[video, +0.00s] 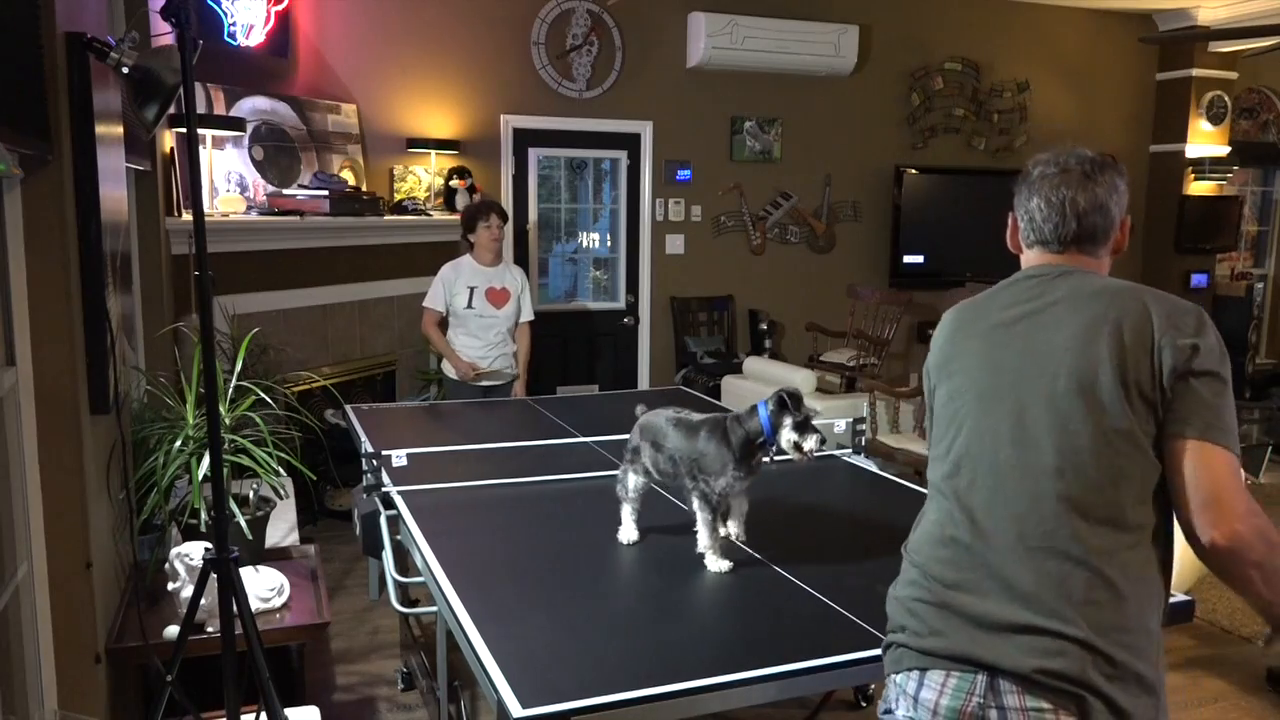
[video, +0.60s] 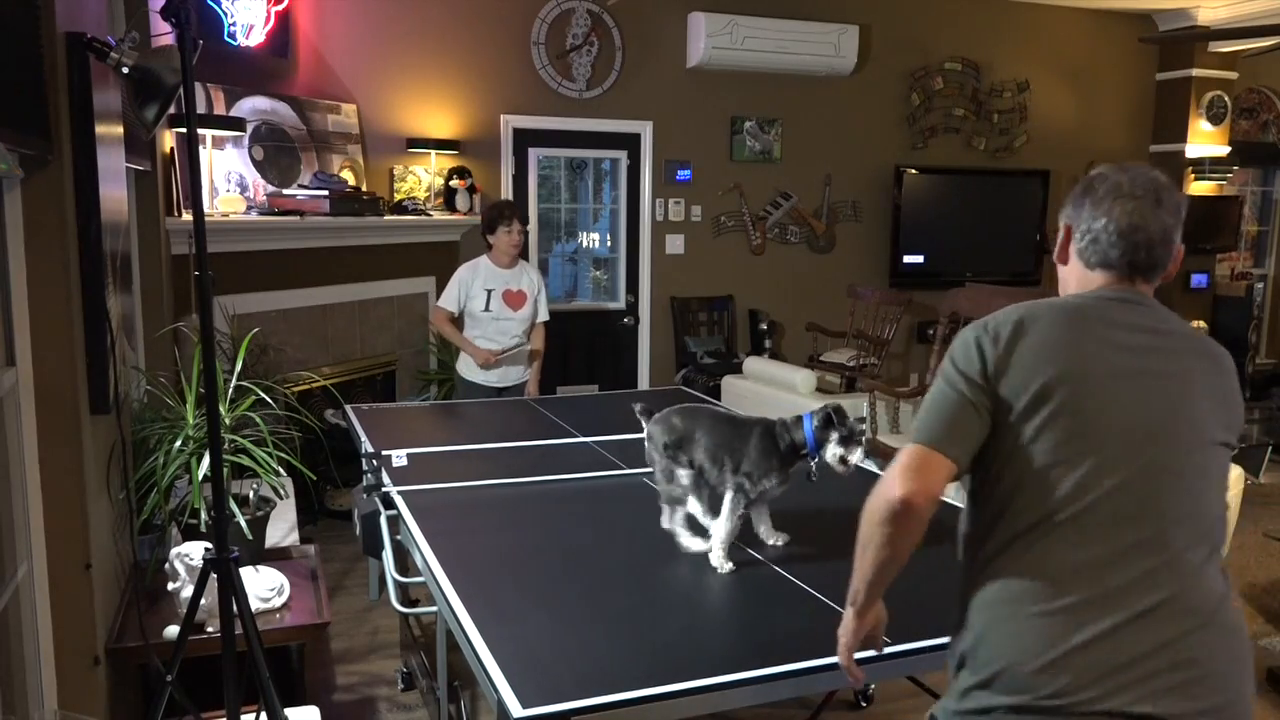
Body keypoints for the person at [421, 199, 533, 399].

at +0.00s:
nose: (496, 233)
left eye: (500, 227)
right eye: (487, 227)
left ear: (504, 231)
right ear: (471, 235)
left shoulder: (516, 275)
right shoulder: (451, 272)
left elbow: (522, 328)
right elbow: (429, 324)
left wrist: (521, 377)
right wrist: (456, 362)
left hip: (504, 381)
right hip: (461, 382)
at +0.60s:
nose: (517, 238)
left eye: (521, 232)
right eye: (508, 232)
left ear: (525, 233)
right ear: (490, 237)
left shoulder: (532, 275)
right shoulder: (468, 273)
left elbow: (537, 328)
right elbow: (438, 317)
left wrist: (534, 378)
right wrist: (474, 352)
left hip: (518, 382)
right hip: (475, 382)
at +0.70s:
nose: (523, 238)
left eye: (526, 232)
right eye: (514, 232)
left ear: (530, 234)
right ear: (497, 237)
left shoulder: (538, 275)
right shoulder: (475, 272)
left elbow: (544, 326)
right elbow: (443, 315)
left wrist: (542, 375)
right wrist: (479, 344)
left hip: (525, 378)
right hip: (482, 379)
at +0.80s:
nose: (527, 238)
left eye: (530, 231)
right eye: (518, 231)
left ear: (535, 233)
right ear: (501, 236)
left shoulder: (543, 273)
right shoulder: (480, 270)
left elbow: (550, 325)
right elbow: (444, 313)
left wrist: (549, 373)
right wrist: (483, 340)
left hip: (528, 379)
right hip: (485, 378)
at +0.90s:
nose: (529, 241)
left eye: (533, 234)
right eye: (521, 234)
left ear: (537, 235)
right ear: (503, 236)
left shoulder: (544, 273)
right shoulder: (481, 270)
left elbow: (552, 324)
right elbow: (444, 310)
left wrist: (553, 371)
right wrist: (482, 338)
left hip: (528, 378)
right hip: (485, 377)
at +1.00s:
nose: (529, 244)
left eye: (533, 237)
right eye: (521, 236)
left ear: (537, 237)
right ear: (503, 237)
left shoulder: (541, 274)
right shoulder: (479, 271)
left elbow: (548, 325)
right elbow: (443, 310)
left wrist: (551, 370)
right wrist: (478, 338)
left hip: (526, 379)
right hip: (484, 379)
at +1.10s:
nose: (528, 244)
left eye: (533, 237)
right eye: (520, 237)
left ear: (537, 238)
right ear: (502, 239)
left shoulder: (540, 275)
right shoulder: (479, 273)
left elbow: (543, 327)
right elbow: (444, 316)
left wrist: (543, 371)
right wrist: (482, 340)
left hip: (522, 379)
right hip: (481, 380)